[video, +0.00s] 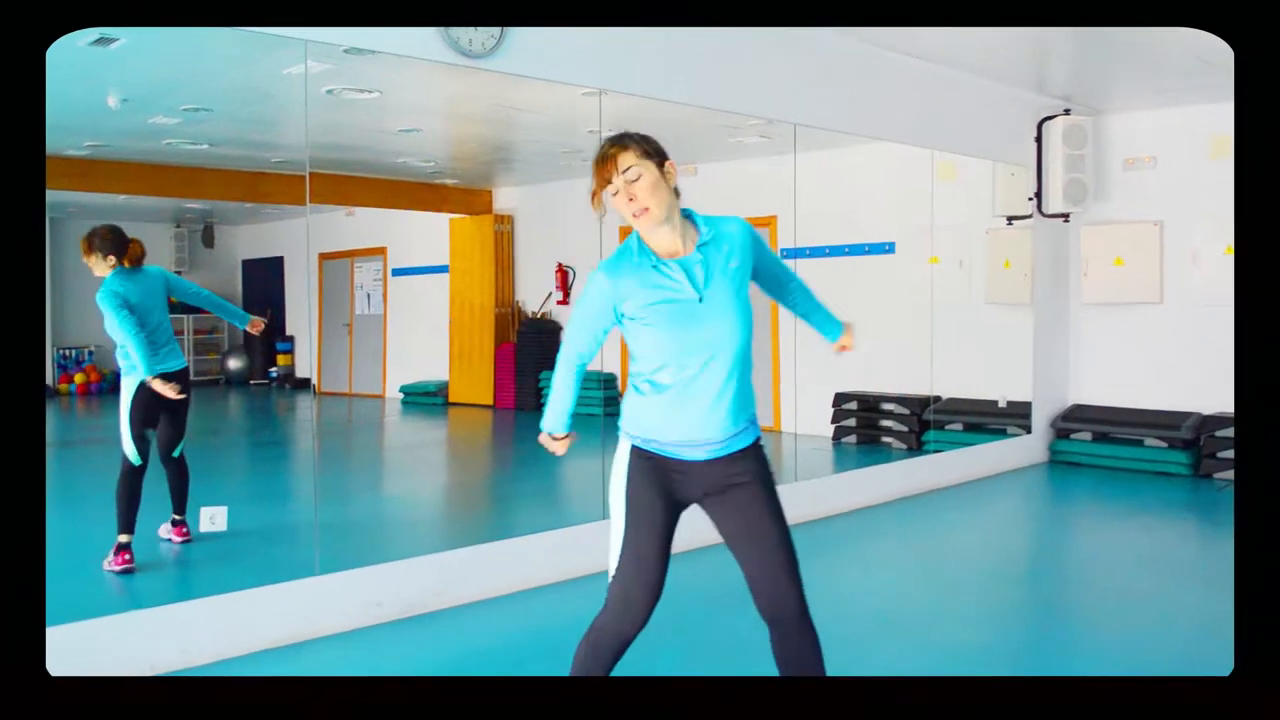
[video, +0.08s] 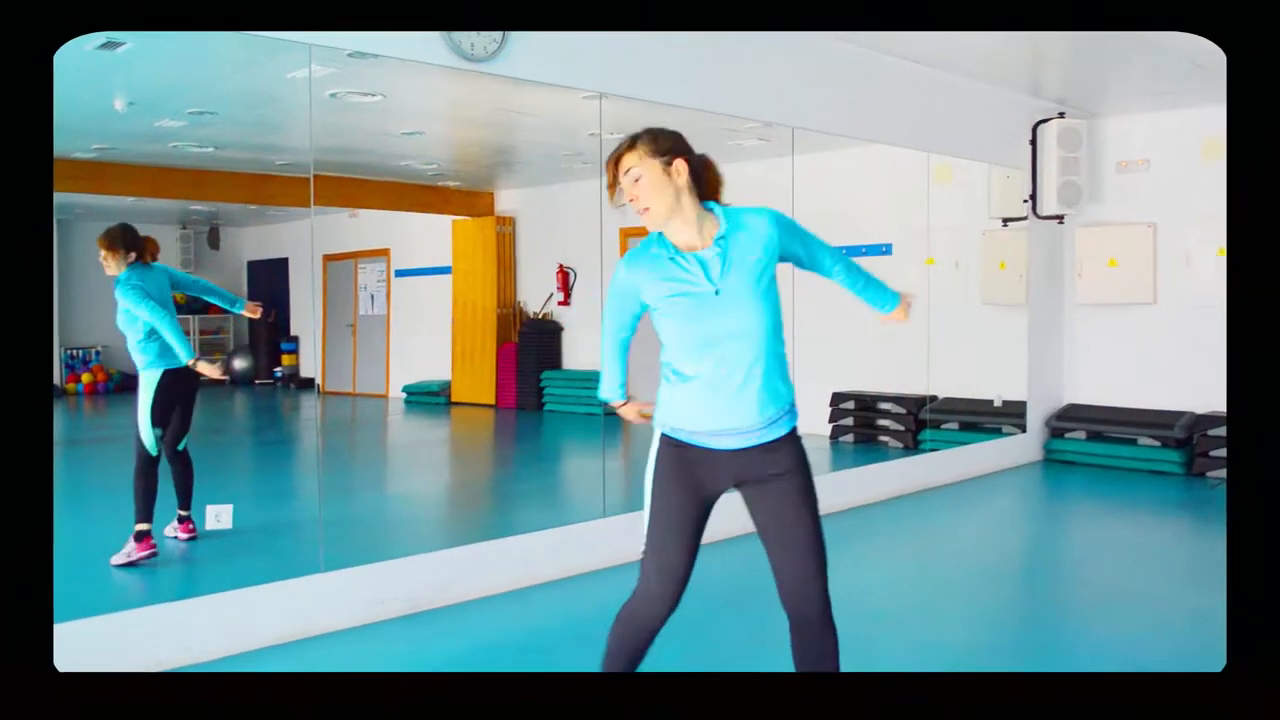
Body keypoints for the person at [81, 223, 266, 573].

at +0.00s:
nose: (88, 266)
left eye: (89, 260)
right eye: (87, 260)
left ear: (106, 258)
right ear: (120, 255)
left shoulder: (108, 292)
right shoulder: (156, 275)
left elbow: (130, 332)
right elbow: (202, 296)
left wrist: (150, 376)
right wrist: (244, 319)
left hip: (141, 380)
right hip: (177, 372)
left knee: (133, 460)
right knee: (171, 451)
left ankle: (123, 547)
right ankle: (179, 523)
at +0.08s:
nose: (102, 261)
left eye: (106, 254)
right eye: (101, 254)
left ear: (124, 254)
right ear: (134, 252)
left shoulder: (126, 287)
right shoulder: (159, 271)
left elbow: (161, 316)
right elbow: (198, 286)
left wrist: (191, 359)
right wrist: (240, 305)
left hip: (156, 375)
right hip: (185, 371)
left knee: (146, 452)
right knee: (175, 446)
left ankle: (142, 536)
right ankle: (185, 520)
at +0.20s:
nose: (135, 251)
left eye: (142, 246)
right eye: (131, 245)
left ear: (157, 248)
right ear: (128, 245)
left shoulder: (158, 277)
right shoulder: (158, 270)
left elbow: (208, 291)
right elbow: (206, 278)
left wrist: (230, 337)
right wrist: (234, 302)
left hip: (182, 365)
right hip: (175, 364)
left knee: (165, 440)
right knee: (174, 439)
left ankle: (193, 516)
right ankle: (197, 513)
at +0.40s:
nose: (176, 265)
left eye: (181, 259)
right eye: (171, 260)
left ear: (195, 261)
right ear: (166, 263)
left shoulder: (213, 296)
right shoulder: (172, 291)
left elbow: (239, 337)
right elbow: (183, 335)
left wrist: (230, 375)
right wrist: (171, 363)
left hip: (212, 383)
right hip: (183, 382)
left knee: (195, 448)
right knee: (180, 449)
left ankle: (228, 501)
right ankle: (209, 500)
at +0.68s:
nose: (208, 255)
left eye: (213, 249)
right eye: (205, 249)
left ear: (226, 245)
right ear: (202, 247)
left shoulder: (245, 267)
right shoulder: (196, 261)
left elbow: (245, 302)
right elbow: (151, 278)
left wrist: (216, 282)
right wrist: (161, 269)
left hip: (247, 348)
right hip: (215, 349)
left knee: (247, 414)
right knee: (222, 414)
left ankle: (252, 480)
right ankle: (228, 478)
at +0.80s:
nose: (218, 254)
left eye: (221, 250)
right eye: (215, 250)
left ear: (234, 249)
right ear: (213, 252)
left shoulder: (257, 271)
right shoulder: (212, 270)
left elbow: (249, 278)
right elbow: (180, 265)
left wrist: (223, 261)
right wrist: (181, 249)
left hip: (259, 352)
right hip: (229, 354)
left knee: (261, 416)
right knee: (240, 418)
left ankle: (269, 480)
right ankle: (249, 479)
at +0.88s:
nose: (231, 278)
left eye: (235, 273)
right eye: (227, 273)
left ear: (246, 269)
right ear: (223, 273)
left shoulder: (263, 289)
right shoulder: (222, 290)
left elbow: (262, 281)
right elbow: (198, 276)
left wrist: (241, 261)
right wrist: (193, 257)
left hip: (267, 367)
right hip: (238, 369)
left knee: (269, 427)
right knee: (250, 429)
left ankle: (279, 486)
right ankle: (262, 483)